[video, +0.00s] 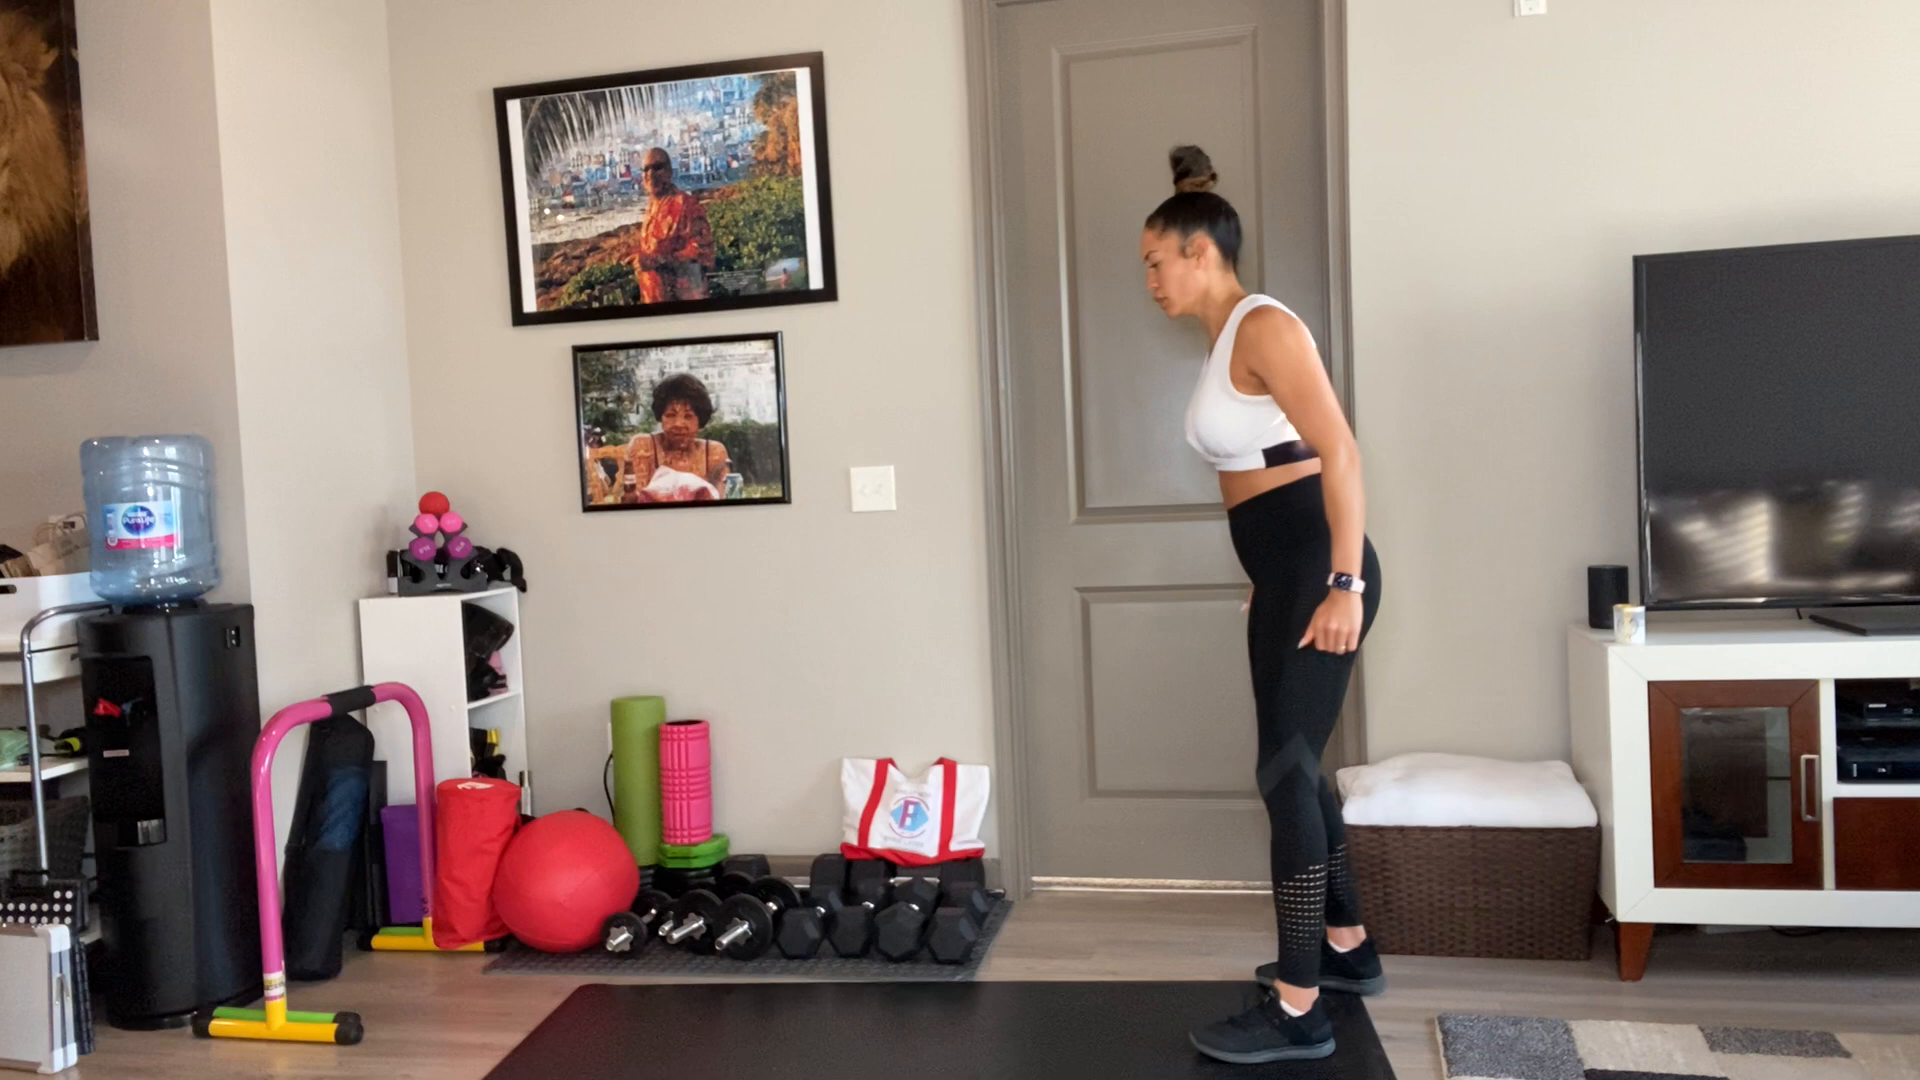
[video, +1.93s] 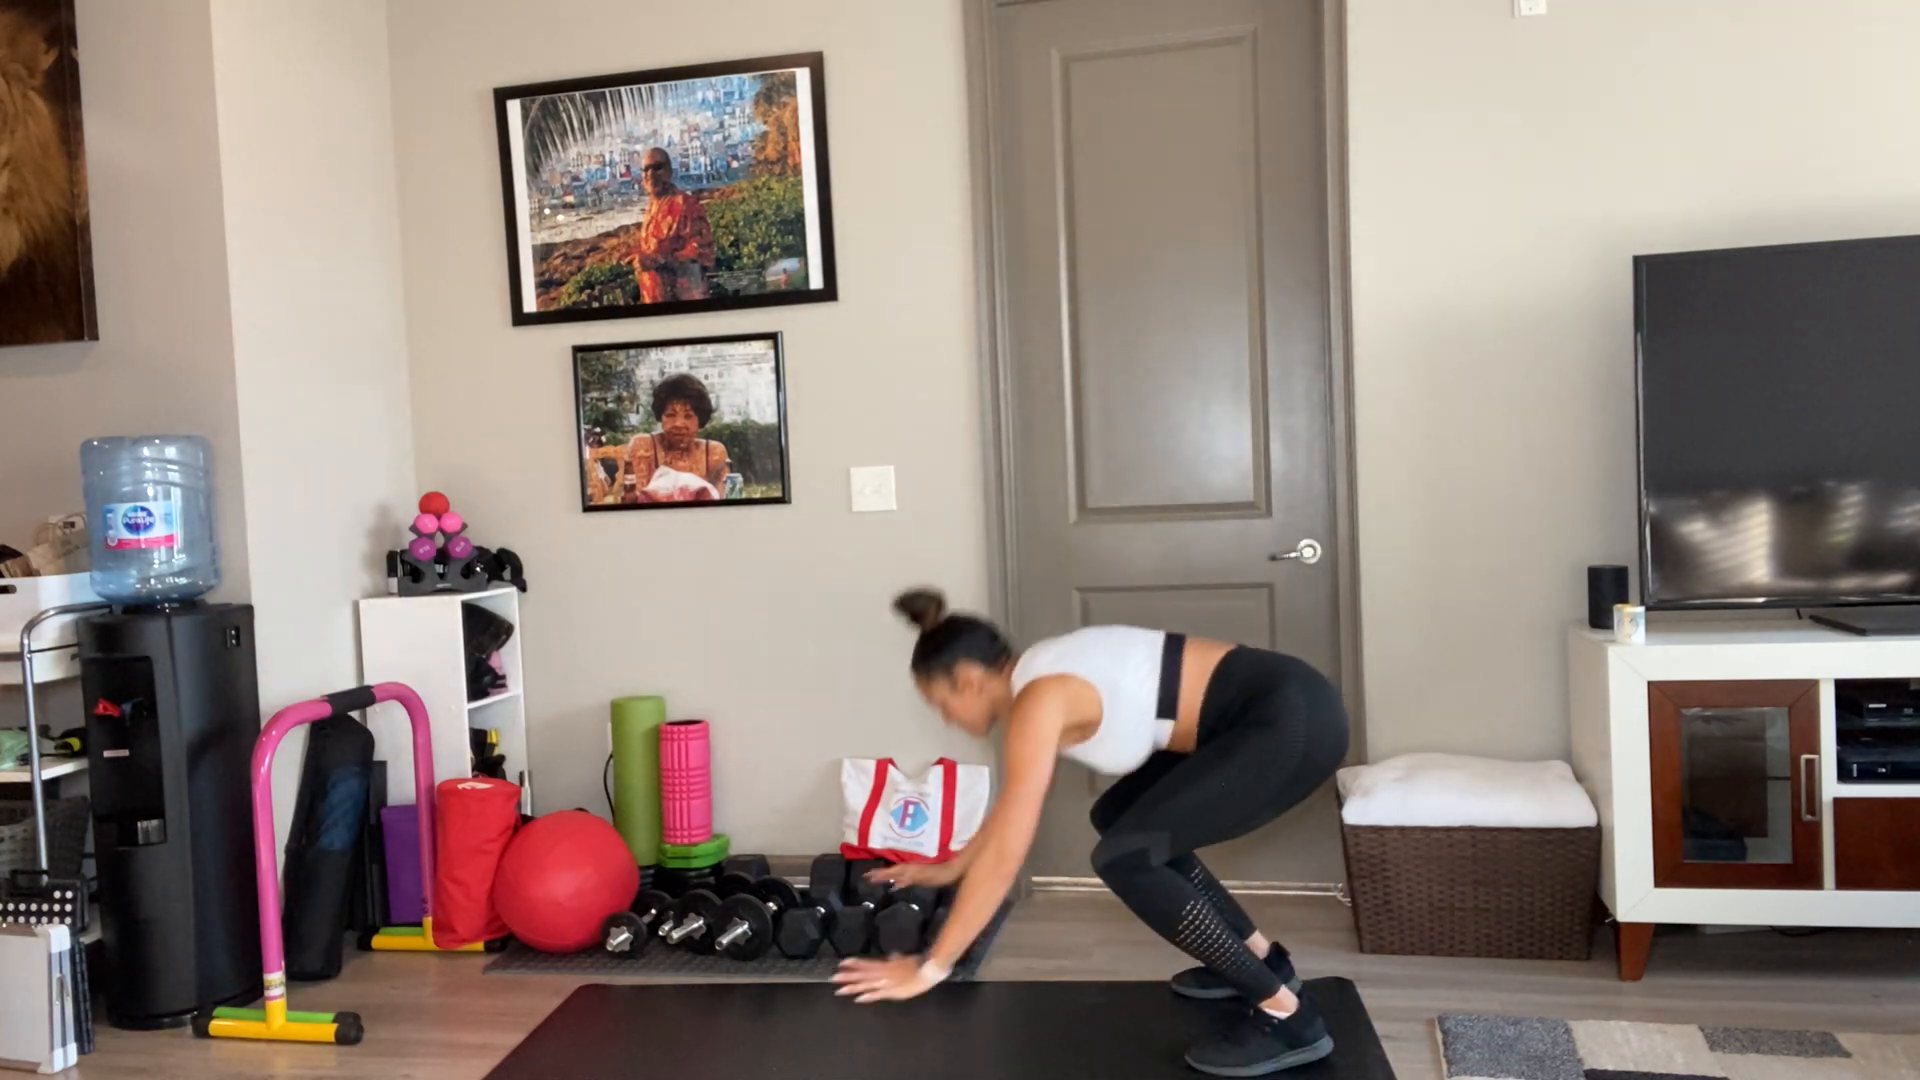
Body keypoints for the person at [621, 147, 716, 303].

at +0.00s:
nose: (650, 174)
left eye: (657, 167)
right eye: (646, 169)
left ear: (670, 172)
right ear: (642, 176)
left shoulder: (686, 204)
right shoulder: (653, 206)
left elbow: (703, 254)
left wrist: (655, 260)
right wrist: (639, 257)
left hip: (683, 297)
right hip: (655, 297)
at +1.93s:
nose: (650, 174)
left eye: (657, 167)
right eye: (646, 169)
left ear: (670, 172)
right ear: (642, 176)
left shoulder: (687, 205)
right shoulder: (653, 206)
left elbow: (703, 255)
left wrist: (655, 260)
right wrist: (639, 257)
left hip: (683, 297)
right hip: (655, 297)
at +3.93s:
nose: (650, 174)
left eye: (657, 167)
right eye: (646, 169)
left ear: (670, 172)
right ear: (642, 176)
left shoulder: (686, 204)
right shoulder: (653, 206)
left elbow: (703, 255)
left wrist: (655, 260)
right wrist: (638, 257)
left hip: (683, 297)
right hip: (655, 297)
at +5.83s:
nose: (650, 175)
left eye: (657, 167)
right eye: (645, 169)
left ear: (669, 171)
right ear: (642, 176)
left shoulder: (686, 204)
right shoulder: (654, 206)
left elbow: (702, 254)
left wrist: (657, 261)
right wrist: (638, 257)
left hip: (683, 297)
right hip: (655, 297)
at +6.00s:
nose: (650, 175)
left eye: (657, 167)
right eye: (645, 169)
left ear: (669, 172)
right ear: (642, 176)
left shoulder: (686, 204)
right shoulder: (654, 206)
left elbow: (703, 255)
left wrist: (657, 261)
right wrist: (638, 257)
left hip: (683, 297)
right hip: (655, 297)